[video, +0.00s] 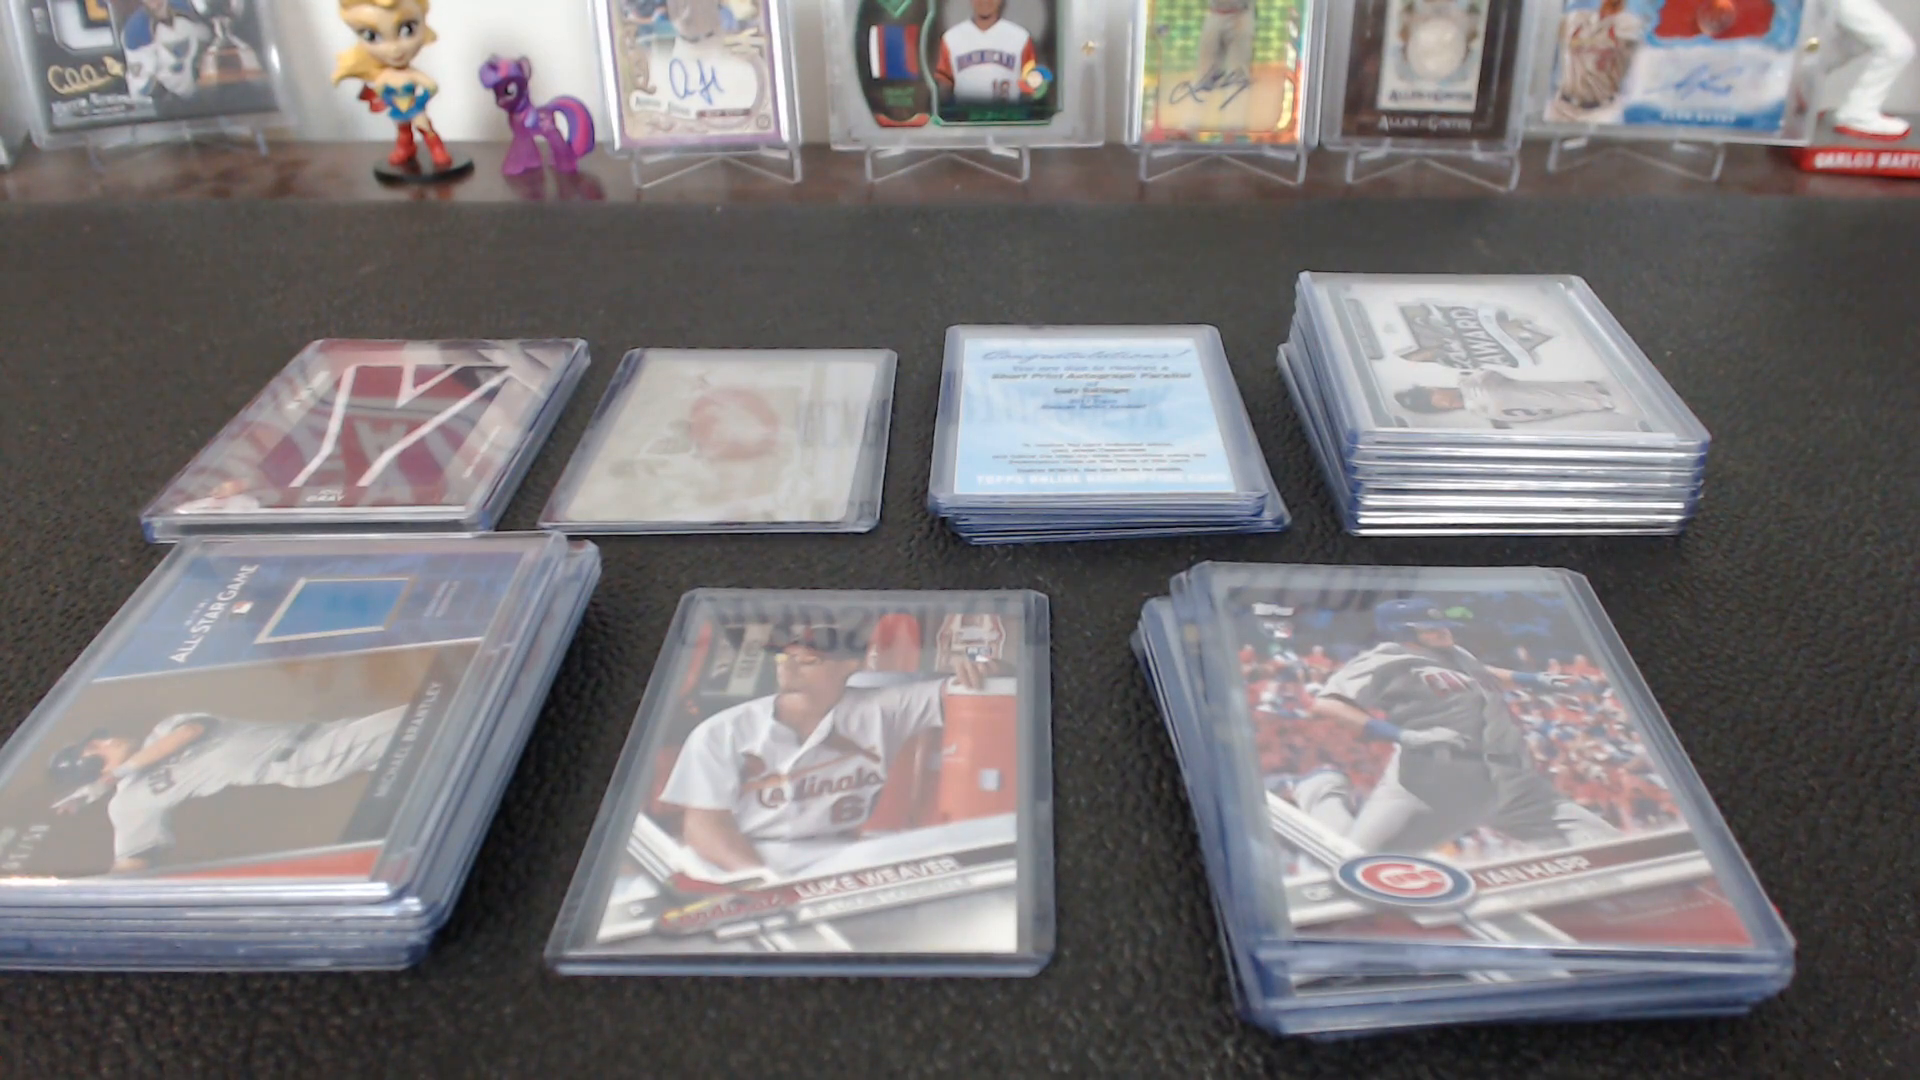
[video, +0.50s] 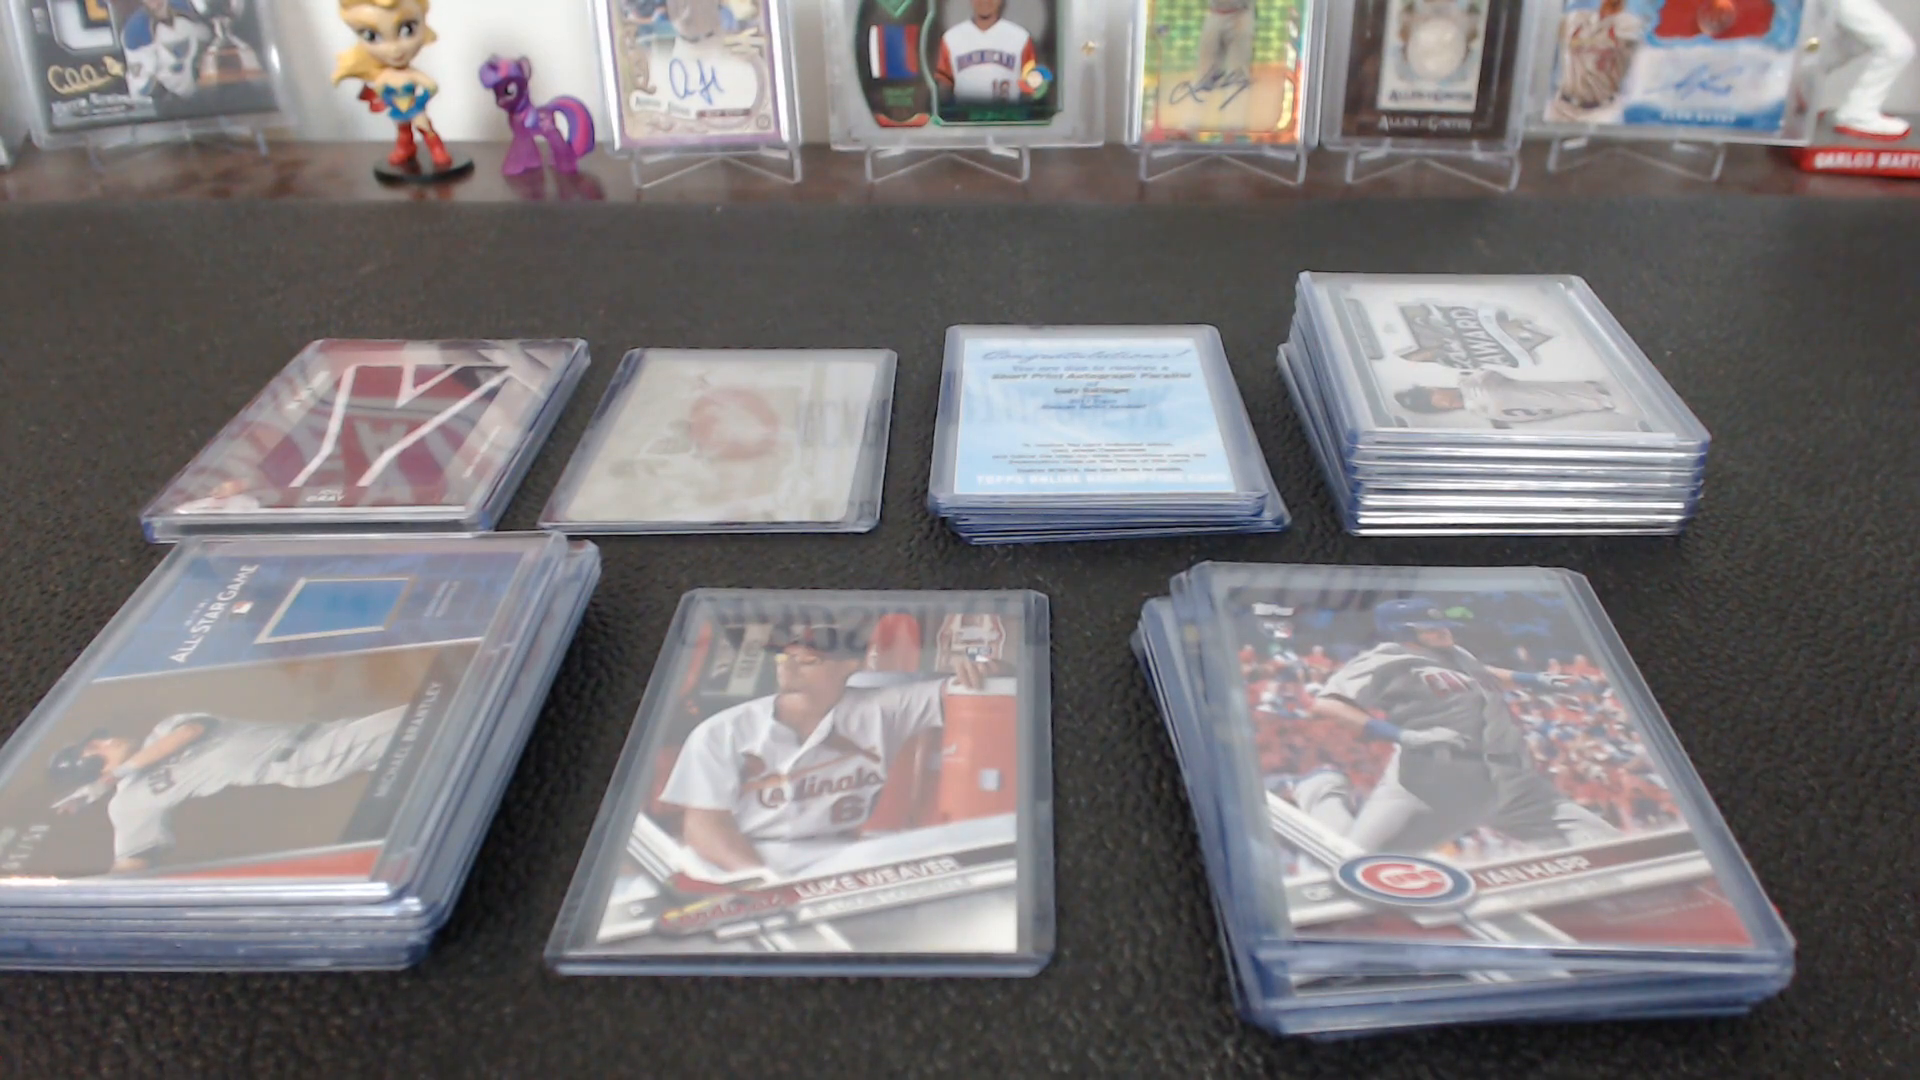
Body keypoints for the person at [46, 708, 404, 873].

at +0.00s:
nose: (109, 740)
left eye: (98, 739)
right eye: (99, 747)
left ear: (107, 743)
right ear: (100, 771)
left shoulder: (161, 728)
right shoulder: (130, 800)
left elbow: (193, 732)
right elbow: (129, 871)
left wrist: (116, 775)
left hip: (311, 732)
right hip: (298, 760)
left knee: (414, 721)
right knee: (412, 718)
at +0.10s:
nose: (109, 739)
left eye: (99, 739)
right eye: (99, 746)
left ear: (107, 743)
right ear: (100, 770)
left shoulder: (160, 728)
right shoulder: (131, 799)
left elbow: (193, 732)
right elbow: (130, 870)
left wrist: (116, 775)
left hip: (310, 731)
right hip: (297, 760)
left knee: (414, 722)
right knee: (412, 717)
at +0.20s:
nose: (110, 740)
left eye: (100, 740)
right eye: (100, 746)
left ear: (106, 742)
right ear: (100, 769)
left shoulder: (162, 728)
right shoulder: (131, 800)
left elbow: (192, 732)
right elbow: (130, 870)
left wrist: (115, 776)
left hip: (310, 731)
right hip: (297, 760)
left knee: (414, 722)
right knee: (412, 717)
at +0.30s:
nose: (109, 740)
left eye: (99, 739)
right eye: (99, 746)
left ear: (106, 744)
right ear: (99, 769)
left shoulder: (160, 729)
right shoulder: (131, 800)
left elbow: (193, 732)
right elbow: (130, 870)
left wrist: (116, 775)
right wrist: (77, 895)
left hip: (310, 732)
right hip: (298, 760)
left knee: (415, 720)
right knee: (413, 717)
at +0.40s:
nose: (109, 740)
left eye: (99, 739)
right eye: (99, 746)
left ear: (106, 744)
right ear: (99, 769)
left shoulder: (160, 729)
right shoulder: (131, 800)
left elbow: (193, 732)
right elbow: (129, 870)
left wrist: (116, 775)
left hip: (310, 732)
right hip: (298, 760)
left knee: (415, 721)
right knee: (413, 717)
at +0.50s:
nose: (109, 740)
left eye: (99, 739)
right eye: (99, 746)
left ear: (106, 744)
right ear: (99, 769)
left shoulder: (160, 729)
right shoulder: (131, 800)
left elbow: (193, 732)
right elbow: (130, 870)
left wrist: (116, 775)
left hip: (310, 732)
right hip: (298, 760)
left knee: (415, 720)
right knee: (413, 717)